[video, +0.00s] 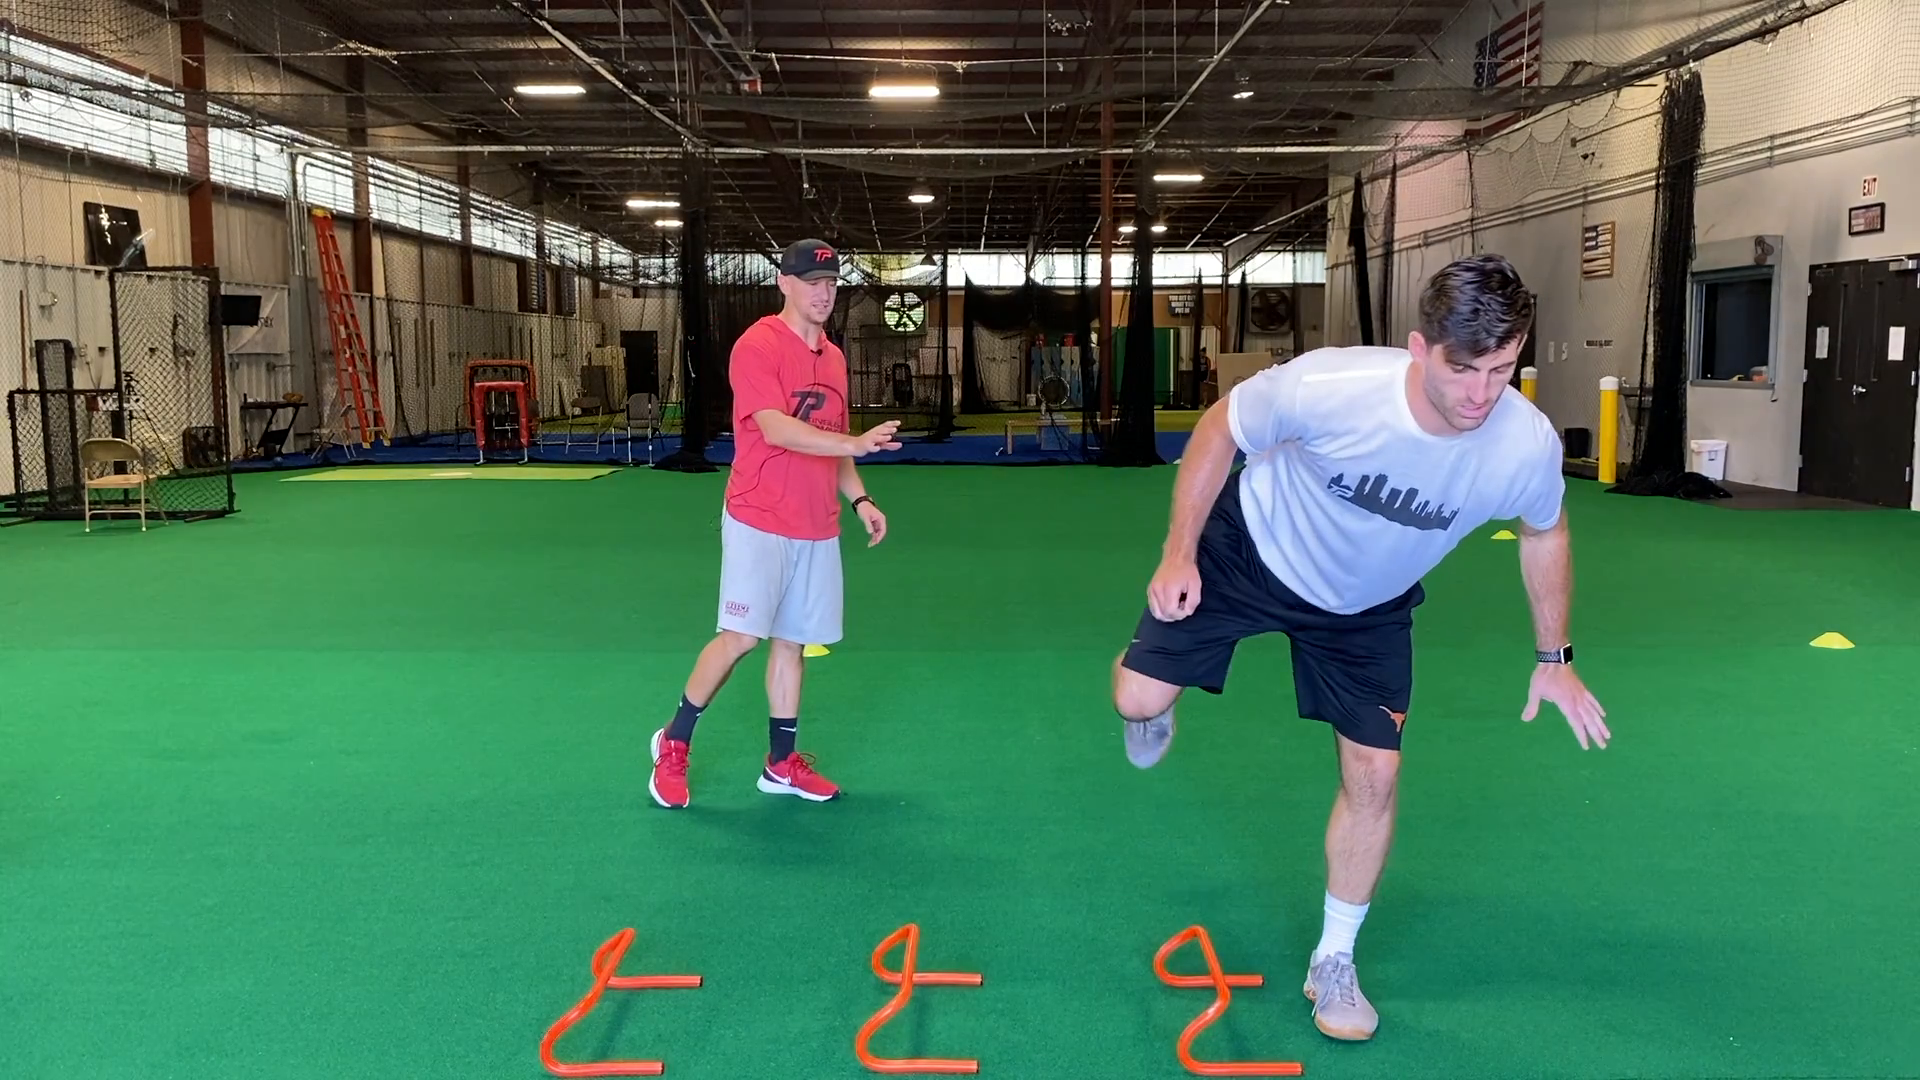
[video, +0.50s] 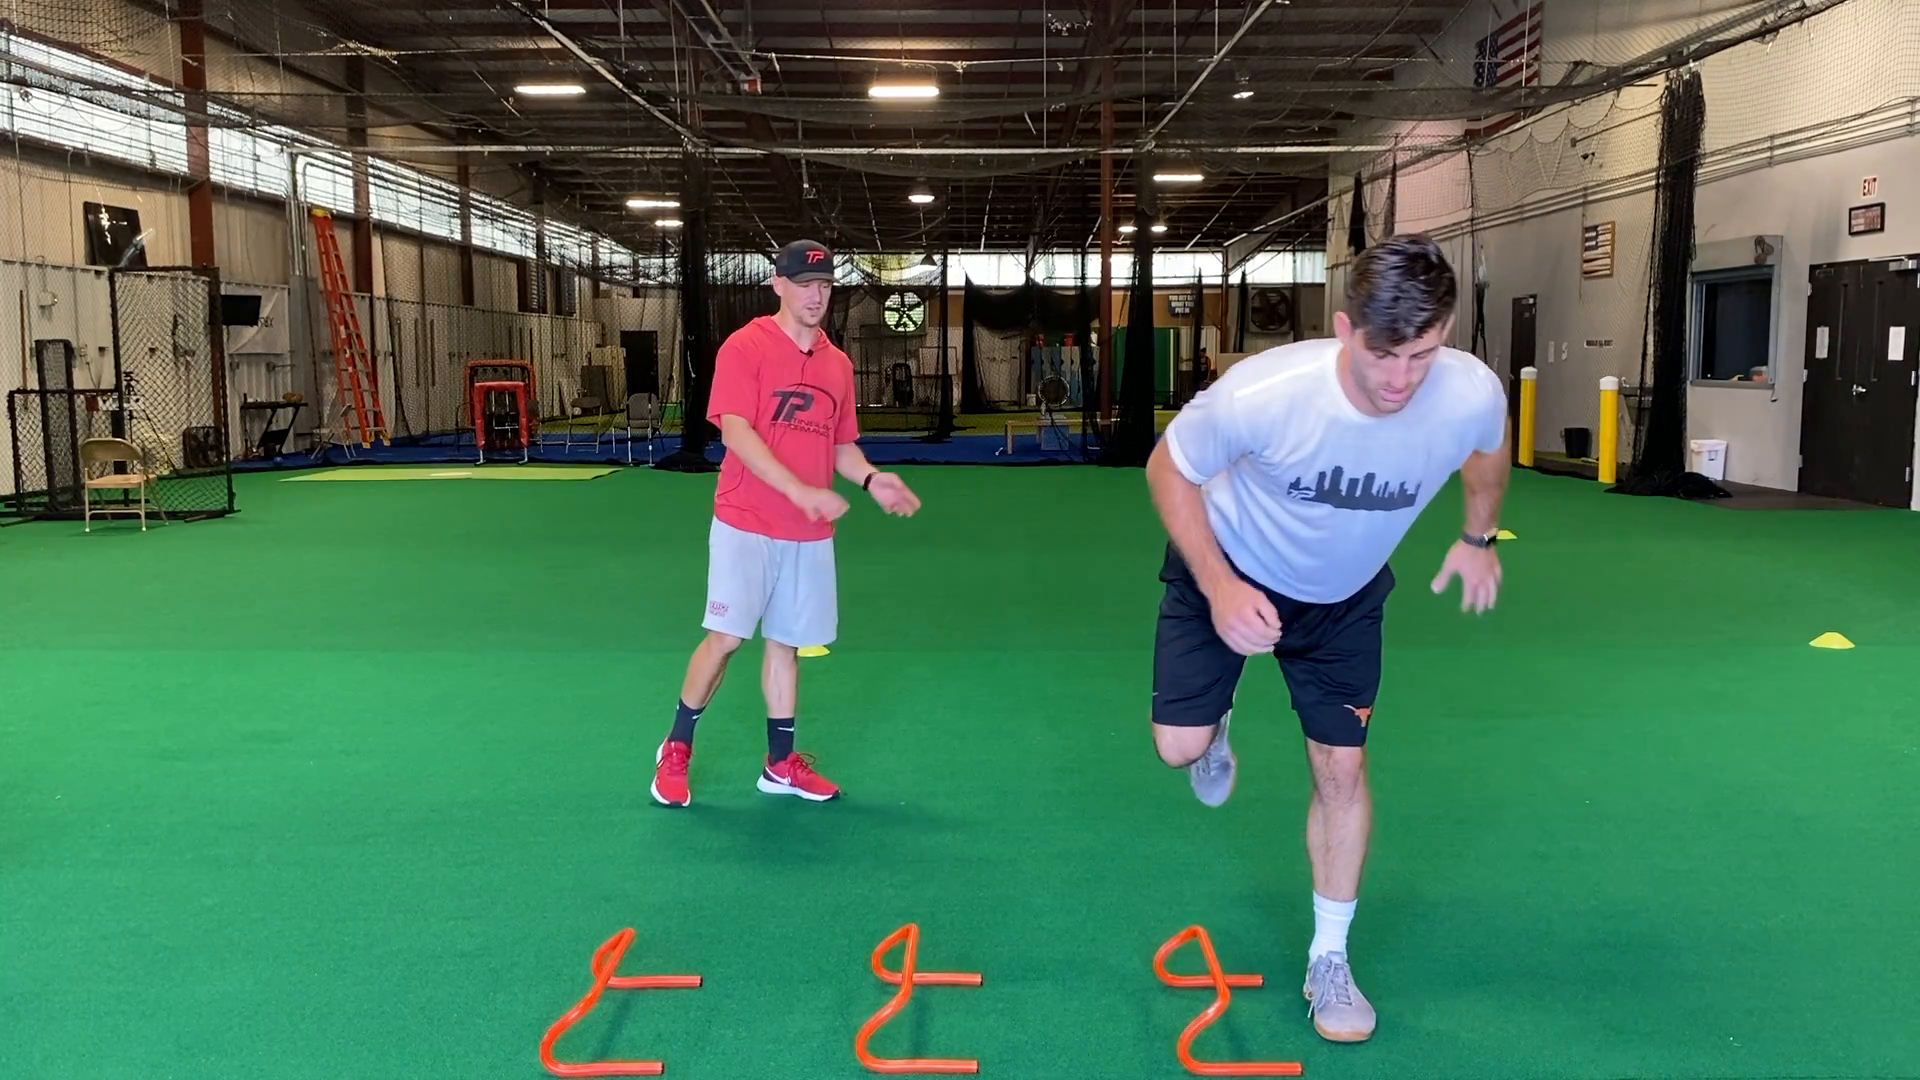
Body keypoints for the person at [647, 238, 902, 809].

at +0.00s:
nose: (825, 292)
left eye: (831, 282)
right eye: (813, 281)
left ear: (836, 288)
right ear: (784, 285)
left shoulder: (833, 357)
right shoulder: (757, 345)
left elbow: (834, 440)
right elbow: (774, 428)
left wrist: (860, 500)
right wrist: (852, 444)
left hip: (814, 523)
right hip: (758, 518)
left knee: (791, 639)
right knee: (742, 633)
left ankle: (782, 761)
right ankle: (674, 740)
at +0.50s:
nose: (816, 294)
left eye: (823, 285)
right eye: (805, 283)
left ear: (832, 291)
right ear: (779, 285)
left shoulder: (838, 364)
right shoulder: (745, 347)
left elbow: (842, 447)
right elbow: (735, 430)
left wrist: (875, 478)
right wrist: (799, 489)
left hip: (807, 525)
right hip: (745, 519)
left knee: (785, 640)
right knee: (727, 633)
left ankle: (781, 762)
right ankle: (677, 747)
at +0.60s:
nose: (808, 295)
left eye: (817, 286)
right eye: (798, 284)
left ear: (827, 291)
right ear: (774, 286)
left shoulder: (837, 365)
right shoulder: (737, 348)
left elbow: (844, 445)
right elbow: (723, 434)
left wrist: (883, 464)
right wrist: (759, 510)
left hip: (804, 528)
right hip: (737, 520)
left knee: (783, 643)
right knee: (717, 636)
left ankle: (781, 762)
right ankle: (676, 752)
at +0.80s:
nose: (784, 296)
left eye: (794, 286)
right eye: (774, 285)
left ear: (806, 290)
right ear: (753, 287)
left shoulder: (829, 362)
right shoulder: (717, 351)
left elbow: (853, 446)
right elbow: (687, 443)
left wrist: (875, 428)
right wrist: (673, 526)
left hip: (791, 534)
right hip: (718, 529)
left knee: (780, 646)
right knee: (694, 642)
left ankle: (781, 762)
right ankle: (669, 764)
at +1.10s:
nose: (710, 295)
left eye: (719, 282)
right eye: (697, 287)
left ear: (737, 282)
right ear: (682, 292)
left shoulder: (778, 355)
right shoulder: (662, 358)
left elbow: (803, 436)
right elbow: (640, 434)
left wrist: (831, 451)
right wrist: (641, 489)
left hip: (753, 533)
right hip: (678, 531)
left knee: (762, 647)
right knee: (671, 645)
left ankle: (781, 762)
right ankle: (663, 770)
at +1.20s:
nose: (682, 294)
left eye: (691, 281)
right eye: (670, 285)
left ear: (712, 279)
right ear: (659, 291)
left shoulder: (758, 352)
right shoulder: (645, 358)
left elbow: (792, 433)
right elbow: (626, 433)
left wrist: (774, 454)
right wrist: (636, 461)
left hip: (735, 531)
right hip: (660, 531)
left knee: (755, 644)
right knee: (661, 645)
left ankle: (780, 760)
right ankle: (661, 769)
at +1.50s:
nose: (641, 287)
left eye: (652, 275)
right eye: (630, 278)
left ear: (674, 277)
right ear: (619, 285)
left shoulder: (707, 344)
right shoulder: (604, 359)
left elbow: (740, 422)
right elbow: (574, 435)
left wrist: (704, 464)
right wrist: (597, 468)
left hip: (704, 525)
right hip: (633, 530)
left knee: (726, 648)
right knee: (649, 647)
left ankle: (753, 769)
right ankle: (660, 768)